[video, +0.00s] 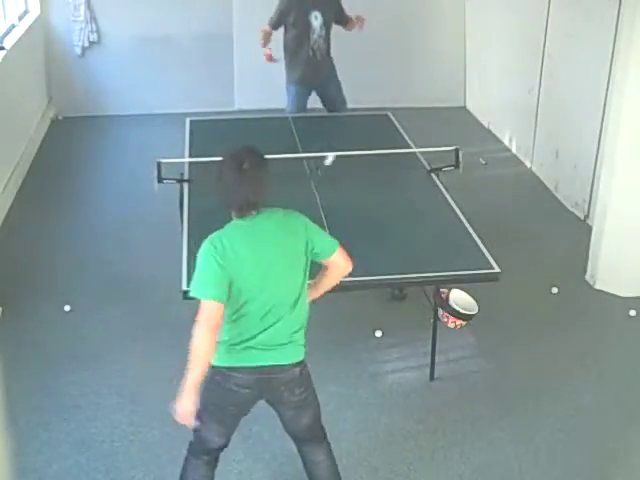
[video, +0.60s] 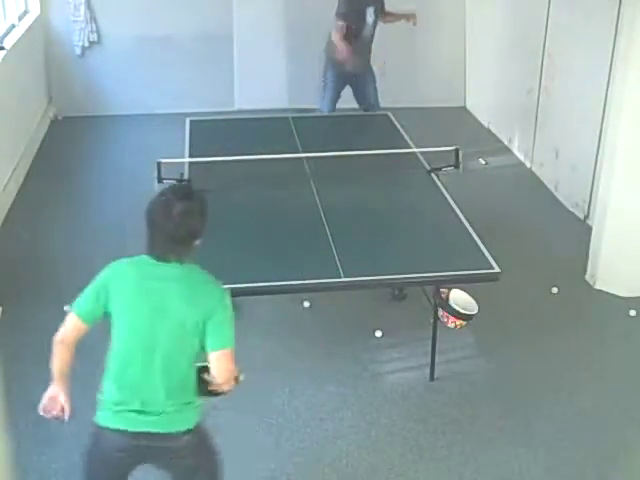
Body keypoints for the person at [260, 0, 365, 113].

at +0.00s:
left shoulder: (331, 3)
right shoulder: (289, 4)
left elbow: (347, 24)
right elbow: (269, 28)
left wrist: (355, 22)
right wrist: (266, 47)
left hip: (325, 71)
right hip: (298, 71)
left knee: (341, 116)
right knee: (295, 118)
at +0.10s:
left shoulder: (336, 5)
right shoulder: (295, 6)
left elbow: (353, 30)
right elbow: (274, 35)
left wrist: (359, 30)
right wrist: (282, 58)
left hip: (330, 72)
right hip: (302, 73)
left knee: (347, 112)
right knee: (300, 116)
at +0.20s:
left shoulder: (344, 11)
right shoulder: (306, 14)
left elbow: (358, 34)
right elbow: (288, 48)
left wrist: (366, 35)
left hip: (339, 75)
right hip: (312, 76)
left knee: (355, 113)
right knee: (306, 119)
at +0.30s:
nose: (342, 3)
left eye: (345, 2)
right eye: (340, 2)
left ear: (348, 1)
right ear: (333, 1)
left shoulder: (354, 10)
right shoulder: (322, 17)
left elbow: (365, 34)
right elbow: (317, 59)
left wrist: (379, 36)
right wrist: (345, 81)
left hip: (348, 74)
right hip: (323, 74)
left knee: (365, 114)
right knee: (314, 116)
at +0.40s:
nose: (357, 3)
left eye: (360, 1)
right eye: (353, 1)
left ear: (363, 1)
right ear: (346, 1)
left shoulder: (365, 9)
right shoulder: (338, 15)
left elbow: (373, 29)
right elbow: (344, 59)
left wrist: (395, 31)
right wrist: (372, 80)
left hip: (353, 71)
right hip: (330, 71)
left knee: (369, 111)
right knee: (317, 113)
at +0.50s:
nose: (367, 0)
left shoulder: (372, 5)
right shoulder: (344, 7)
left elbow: (378, 21)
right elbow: (347, 50)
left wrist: (400, 24)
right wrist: (374, 65)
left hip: (357, 65)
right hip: (333, 65)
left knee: (372, 112)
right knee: (320, 111)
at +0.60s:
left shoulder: (378, 3)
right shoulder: (347, 3)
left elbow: (383, 17)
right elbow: (337, 33)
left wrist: (405, 17)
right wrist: (343, 48)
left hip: (362, 62)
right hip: (337, 62)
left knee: (373, 111)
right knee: (327, 110)